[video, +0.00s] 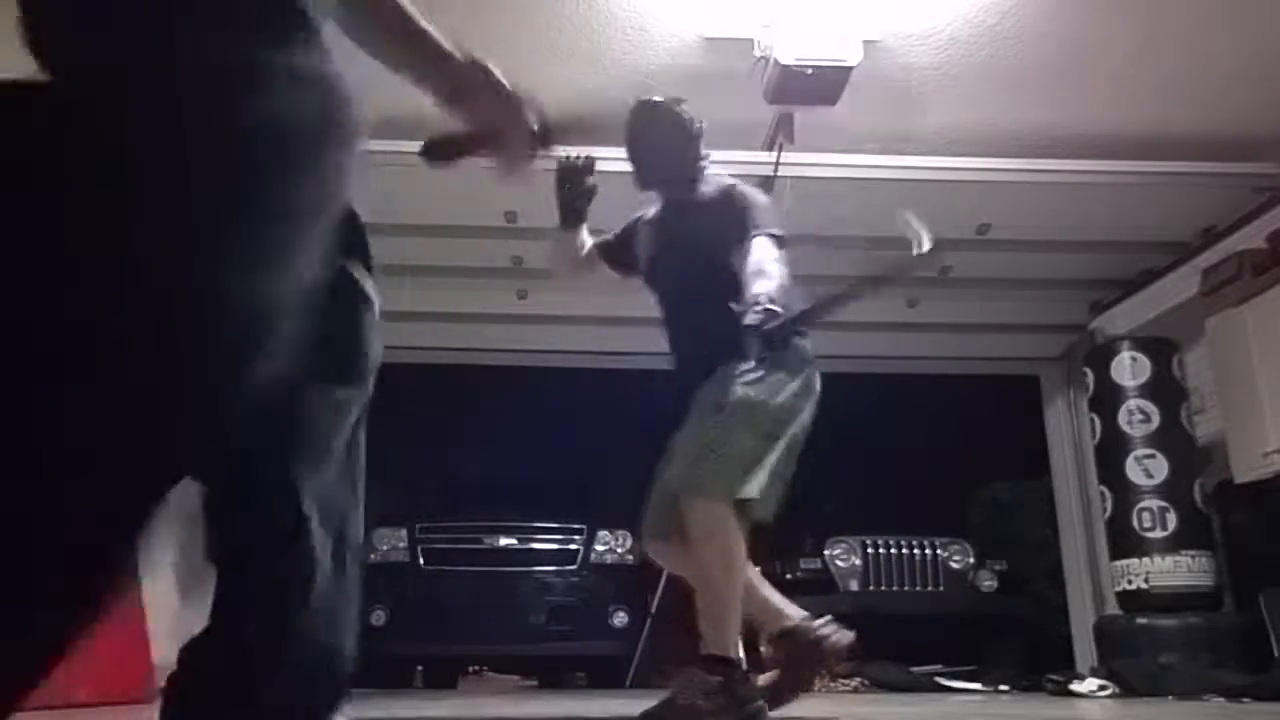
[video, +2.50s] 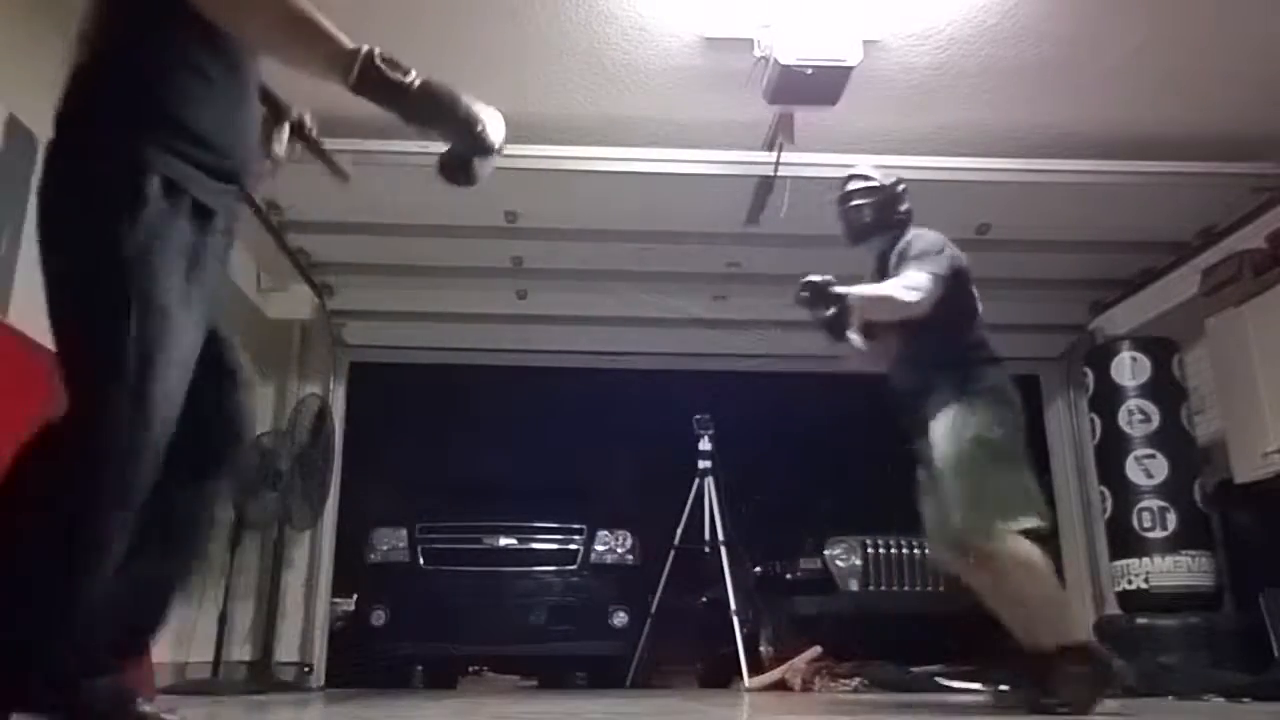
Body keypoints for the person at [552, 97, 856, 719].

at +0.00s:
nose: (668, 163)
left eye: (674, 146)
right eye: (651, 153)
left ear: (697, 144)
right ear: (639, 163)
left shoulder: (731, 198)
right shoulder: (649, 227)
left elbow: (765, 257)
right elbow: (577, 263)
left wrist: (758, 295)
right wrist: (573, 213)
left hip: (765, 364)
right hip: (708, 382)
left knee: (707, 491)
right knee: (662, 534)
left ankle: (723, 667)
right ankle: (799, 633)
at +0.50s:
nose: (780, 162)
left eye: (791, 152)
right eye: (768, 153)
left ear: (809, 160)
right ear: (748, 164)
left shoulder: (839, 210)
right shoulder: (751, 247)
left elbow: (871, 263)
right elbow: (736, 326)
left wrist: (807, 283)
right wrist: (691, 306)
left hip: (851, 393)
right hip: (784, 407)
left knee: (857, 522)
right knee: (775, 533)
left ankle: (915, 630)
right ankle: (827, 667)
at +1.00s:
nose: (830, 205)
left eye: (841, 194)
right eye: (820, 199)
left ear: (865, 199)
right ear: (811, 213)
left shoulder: (900, 248)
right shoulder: (816, 276)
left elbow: (920, 315)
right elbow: (782, 339)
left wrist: (884, 333)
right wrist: (720, 310)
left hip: (922, 421)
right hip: (861, 431)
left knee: (946, 545)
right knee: (849, 551)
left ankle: (995, 669)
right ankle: (933, 650)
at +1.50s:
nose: (764, 232)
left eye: (774, 221)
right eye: (758, 224)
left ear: (806, 223)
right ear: (753, 236)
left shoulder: (828, 260)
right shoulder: (784, 291)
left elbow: (804, 298)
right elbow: (797, 379)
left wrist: (725, 292)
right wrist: (765, 352)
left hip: (877, 416)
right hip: (855, 422)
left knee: (805, 523)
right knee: (839, 562)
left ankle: (790, 671)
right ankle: (942, 651)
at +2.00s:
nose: (809, 223)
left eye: (820, 213)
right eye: (801, 218)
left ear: (850, 220)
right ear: (793, 234)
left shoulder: (874, 260)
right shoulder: (827, 289)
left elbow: (892, 313)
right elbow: (825, 354)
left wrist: (842, 325)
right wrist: (761, 356)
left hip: (917, 397)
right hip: (891, 405)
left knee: (880, 521)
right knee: (892, 532)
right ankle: (933, 662)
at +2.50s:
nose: (851, 212)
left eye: (861, 201)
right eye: (846, 205)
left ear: (893, 203)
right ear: (845, 214)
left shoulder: (924, 243)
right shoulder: (878, 275)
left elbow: (914, 296)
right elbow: (887, 352)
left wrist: (842, 296)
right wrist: (840, 328)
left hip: (970, 400)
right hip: (936, 414)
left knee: (985, 530)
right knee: (951, 546)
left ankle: (1079, 655)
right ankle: (1051, 655)